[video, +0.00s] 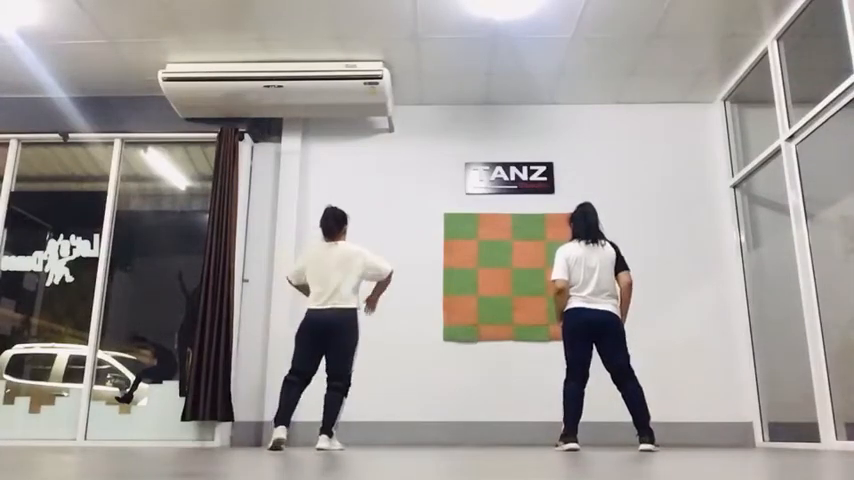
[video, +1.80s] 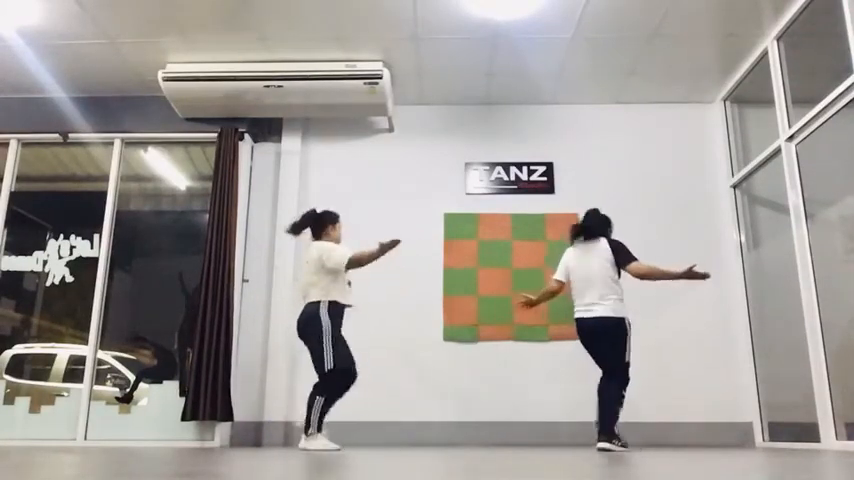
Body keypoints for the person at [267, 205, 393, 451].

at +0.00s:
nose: (345, 230)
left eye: (341, 227)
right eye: (345, 227)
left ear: (322, 229)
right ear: (344, 229)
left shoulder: (312, 252)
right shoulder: (354, 253)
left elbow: (295, 278)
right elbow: (386, 273)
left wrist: (314, 294)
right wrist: (374, 297)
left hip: (314, 320)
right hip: (344, 322)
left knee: (298, 375)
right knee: (338, 381)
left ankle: (280, 427)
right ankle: (325, 435)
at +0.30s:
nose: (353, 241)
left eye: (350, 238)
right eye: (353, 238)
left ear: (330, 237)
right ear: (352, 238)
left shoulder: (317, 257)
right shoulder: (357, 256)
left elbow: (299, 283)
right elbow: (388, 277)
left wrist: (316, 296)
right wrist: (366, 293)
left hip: (317, 319)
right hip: (347, 320)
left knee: (324, 373)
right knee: (345, 382)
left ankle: (308, 405)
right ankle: (326, 436)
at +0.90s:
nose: (342, 229)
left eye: (336, 225)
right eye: (343, 225)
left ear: (322, 227)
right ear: (345, 227)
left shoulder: (313, 250)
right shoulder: (356, 252)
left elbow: (307, 276)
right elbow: (361, 279)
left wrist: (328, 279)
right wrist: (338, 279)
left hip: (313, 309)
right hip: (342, 309)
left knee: (311, 374)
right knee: (340, 375)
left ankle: (310, 433)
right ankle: (328, 432)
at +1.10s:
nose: (341, 236)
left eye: (340, 233)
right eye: (341, 233)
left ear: (314, 234)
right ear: (338, 234)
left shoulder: (309, 257)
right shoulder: (343, 254)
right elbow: (353, 277)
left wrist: (362, 276)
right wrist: (367, 276)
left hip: (305, 318)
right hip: (333, 317)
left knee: (311, 379)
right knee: (347, 375)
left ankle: (302, 435)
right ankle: (334, 428)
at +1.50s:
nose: (339, 232)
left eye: (337, 228)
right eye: (336, 228)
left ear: (313, 234)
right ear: (330, 231)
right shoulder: (334, 253)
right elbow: (369, 270)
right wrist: (404, 266)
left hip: (293, 319)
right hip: (318, 316)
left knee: (306, 378)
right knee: (334, 374)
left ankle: (302, 436)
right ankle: (347, 434)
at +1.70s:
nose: (337, 226)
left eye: (336, 221)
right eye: (334, 221)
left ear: (318, 225)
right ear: (325, 224)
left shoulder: (319, 246)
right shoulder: (325, 245)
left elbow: (358, 258)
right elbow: (358, 257)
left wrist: (390, 249)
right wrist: (392, 249)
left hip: (316, 311)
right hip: (323, 310)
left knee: (326, 372)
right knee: (331, 371)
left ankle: (300, 426)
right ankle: (312, 433)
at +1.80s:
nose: (340, 232)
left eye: (339, 227)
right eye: (338, 227)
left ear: (321, 229)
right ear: (329, 228)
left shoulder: (321, 250)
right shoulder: (323, 249)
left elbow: (353, 261)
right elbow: (352, 261)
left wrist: (377, 251)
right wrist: (380, 250)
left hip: (325, 315)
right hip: (320, 315)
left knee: (346, 373)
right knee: (333, 373)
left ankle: (314, 432)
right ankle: (310, 435)